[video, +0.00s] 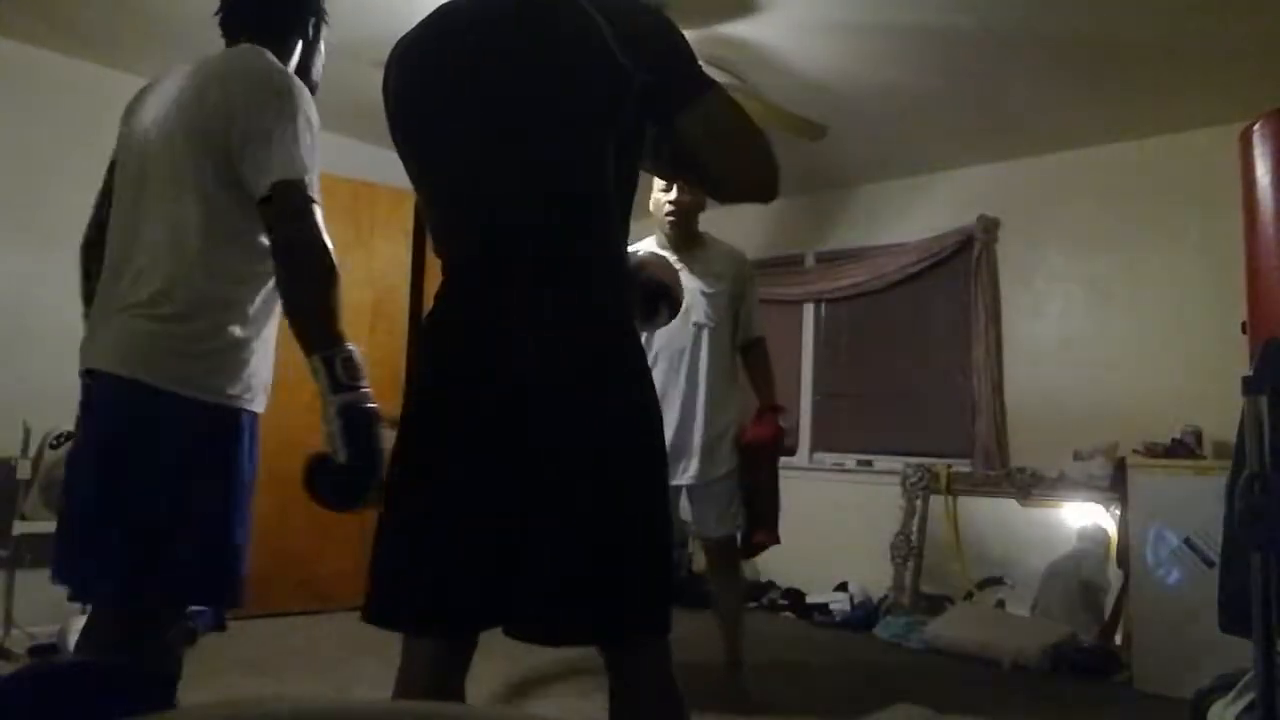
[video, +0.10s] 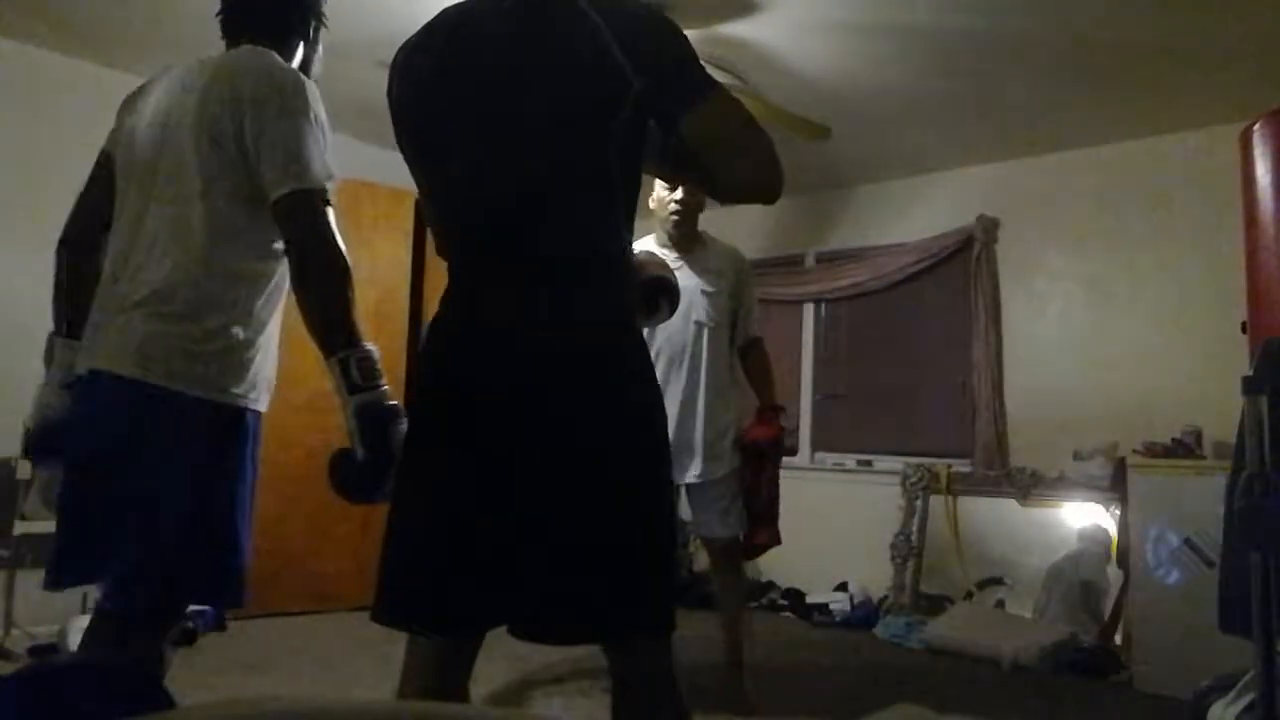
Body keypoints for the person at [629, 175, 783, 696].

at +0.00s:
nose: (676, 198)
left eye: (688, 189)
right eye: (666, 188)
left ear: (705, 200)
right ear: (650, 197)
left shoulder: (731, 265)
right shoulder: (630, 265)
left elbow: (750, 342)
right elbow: (614, 346)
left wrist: (769, 405)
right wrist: (613, 420)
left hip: (715, 439)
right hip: (649, 439)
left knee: (723, 557)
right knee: (649, 561)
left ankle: (733, 665)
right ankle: (646, 672)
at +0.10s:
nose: (682, 198)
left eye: (693, 189)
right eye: (670, 186)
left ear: (706, 200)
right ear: (649, 195)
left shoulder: (730, 263)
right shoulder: (629, 263)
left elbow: (748, 341)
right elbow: (611, 339)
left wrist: (769, 408)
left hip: (714, 435)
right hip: (649, 436)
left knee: (727, 559)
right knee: (648, 563)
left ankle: (736, 673)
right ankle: (647, 681)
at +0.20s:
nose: (689, 197)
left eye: (698, 188)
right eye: (675, 185)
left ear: (708, 198)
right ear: (648, 195)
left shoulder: (729, 262)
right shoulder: (631, 263)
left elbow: (748, 342)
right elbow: (615, 342)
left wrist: (771, 408)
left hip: (720, 436)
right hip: (654, 438)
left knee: (738, 550)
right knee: (653, 560)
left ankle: (745, 671)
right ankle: (650, 681)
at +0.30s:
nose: (700, 202)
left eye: (709, 194)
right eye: (690, 190)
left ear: (718, 204)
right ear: (666, 195)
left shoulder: (734, 265)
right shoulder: (640, 260)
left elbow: (750, 343)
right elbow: (625, 339)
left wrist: (772, 410)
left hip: (725, 435)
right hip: (661, 436)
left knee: (741, 552)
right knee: (660, 559)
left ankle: (745, 672)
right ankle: (652, 680)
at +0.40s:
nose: (713, 202)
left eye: (719, 193)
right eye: (701, 190)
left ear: (727, 200)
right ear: (670, 194)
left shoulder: (742, 264)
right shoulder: (647, 258)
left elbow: (757, 346)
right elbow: (630, 338)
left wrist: (777, 411)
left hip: (730, 438)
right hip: (665, 437)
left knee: (740, 557)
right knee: (662, 562)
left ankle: (742, 682)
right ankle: (654, 685)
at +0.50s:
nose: (727, 206)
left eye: (733, 196)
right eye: (714, 194)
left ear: (741, 206)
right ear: (682, 200)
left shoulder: (755, 266)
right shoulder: (657, 262)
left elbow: (771, 348)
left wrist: (791, 417)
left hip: (740, 443)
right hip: (673, 440)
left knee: (743, 567)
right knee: (663, 568)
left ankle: (743, 684)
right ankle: (653, 684)